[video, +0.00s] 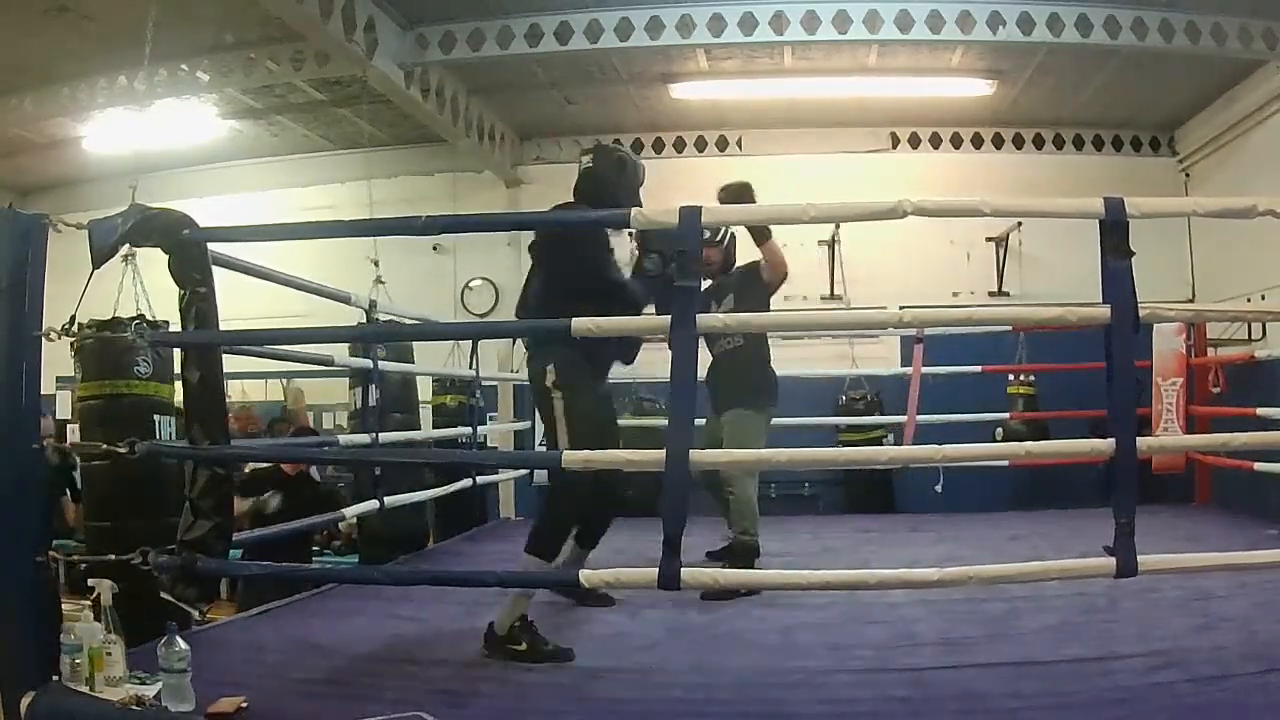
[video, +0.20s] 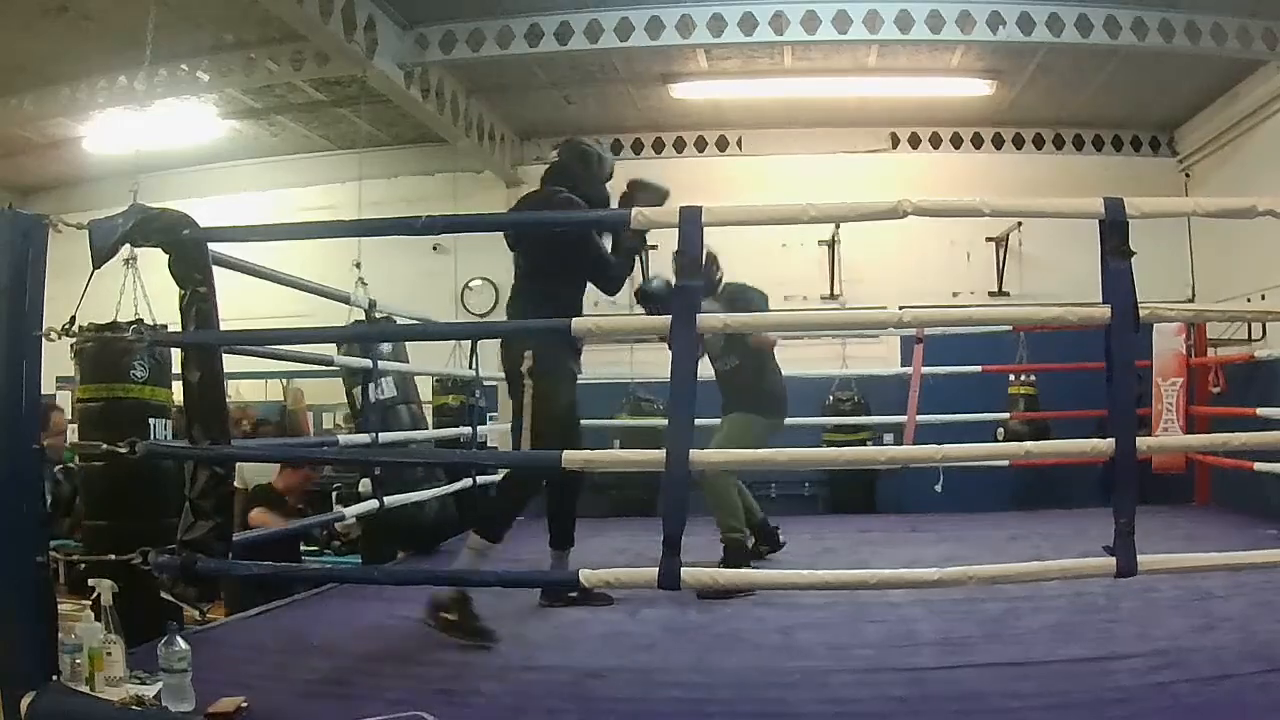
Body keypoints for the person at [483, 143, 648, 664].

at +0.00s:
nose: (635, 203)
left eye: (635, 194)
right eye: (632, 193)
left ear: (592, 181)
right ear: (613, 189)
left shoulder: (586, 229)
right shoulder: (576, 228)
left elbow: (610, 298)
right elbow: (612, 300)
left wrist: (639, 278)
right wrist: (643, 287)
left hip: (581, 370)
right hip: (562, 371)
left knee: (610, 483)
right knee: (575, 487)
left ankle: (566, 574)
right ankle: (507, 622)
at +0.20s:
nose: (605, 190)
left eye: (605, 181)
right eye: (601, 181)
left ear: (563, 171)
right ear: (582, 176)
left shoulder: (537, 209)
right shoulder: (565, 211)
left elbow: (604, 276)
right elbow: (611, 280)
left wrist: (620, 224)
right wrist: (630, 232)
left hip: (542, 345)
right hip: (540, 346)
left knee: (568, 461)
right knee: (535, 461)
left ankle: (560, 579)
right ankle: (456, 586)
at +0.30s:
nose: (589, 194)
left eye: (589, 187)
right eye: (587, 186)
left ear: (545, 175)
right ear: (573, 180)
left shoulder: (515, 206)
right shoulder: (559, 207)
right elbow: (593, 276)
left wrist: (593, 217)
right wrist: (613, 224)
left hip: (514, 348)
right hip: (526, 350)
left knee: (562, 462)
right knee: (512, 470)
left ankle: (561, 579)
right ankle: (414, 576)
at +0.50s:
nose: (560, 225)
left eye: (561, 216)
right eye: (556, 214)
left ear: (517, 201)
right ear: (537, 207)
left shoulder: (509, 250)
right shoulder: (509, 253)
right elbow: (546, 324)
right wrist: (593, 280)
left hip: (518, 392)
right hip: (488, 396)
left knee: (590, 468)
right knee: (450, 504)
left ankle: (570, 569)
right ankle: (369, 595)